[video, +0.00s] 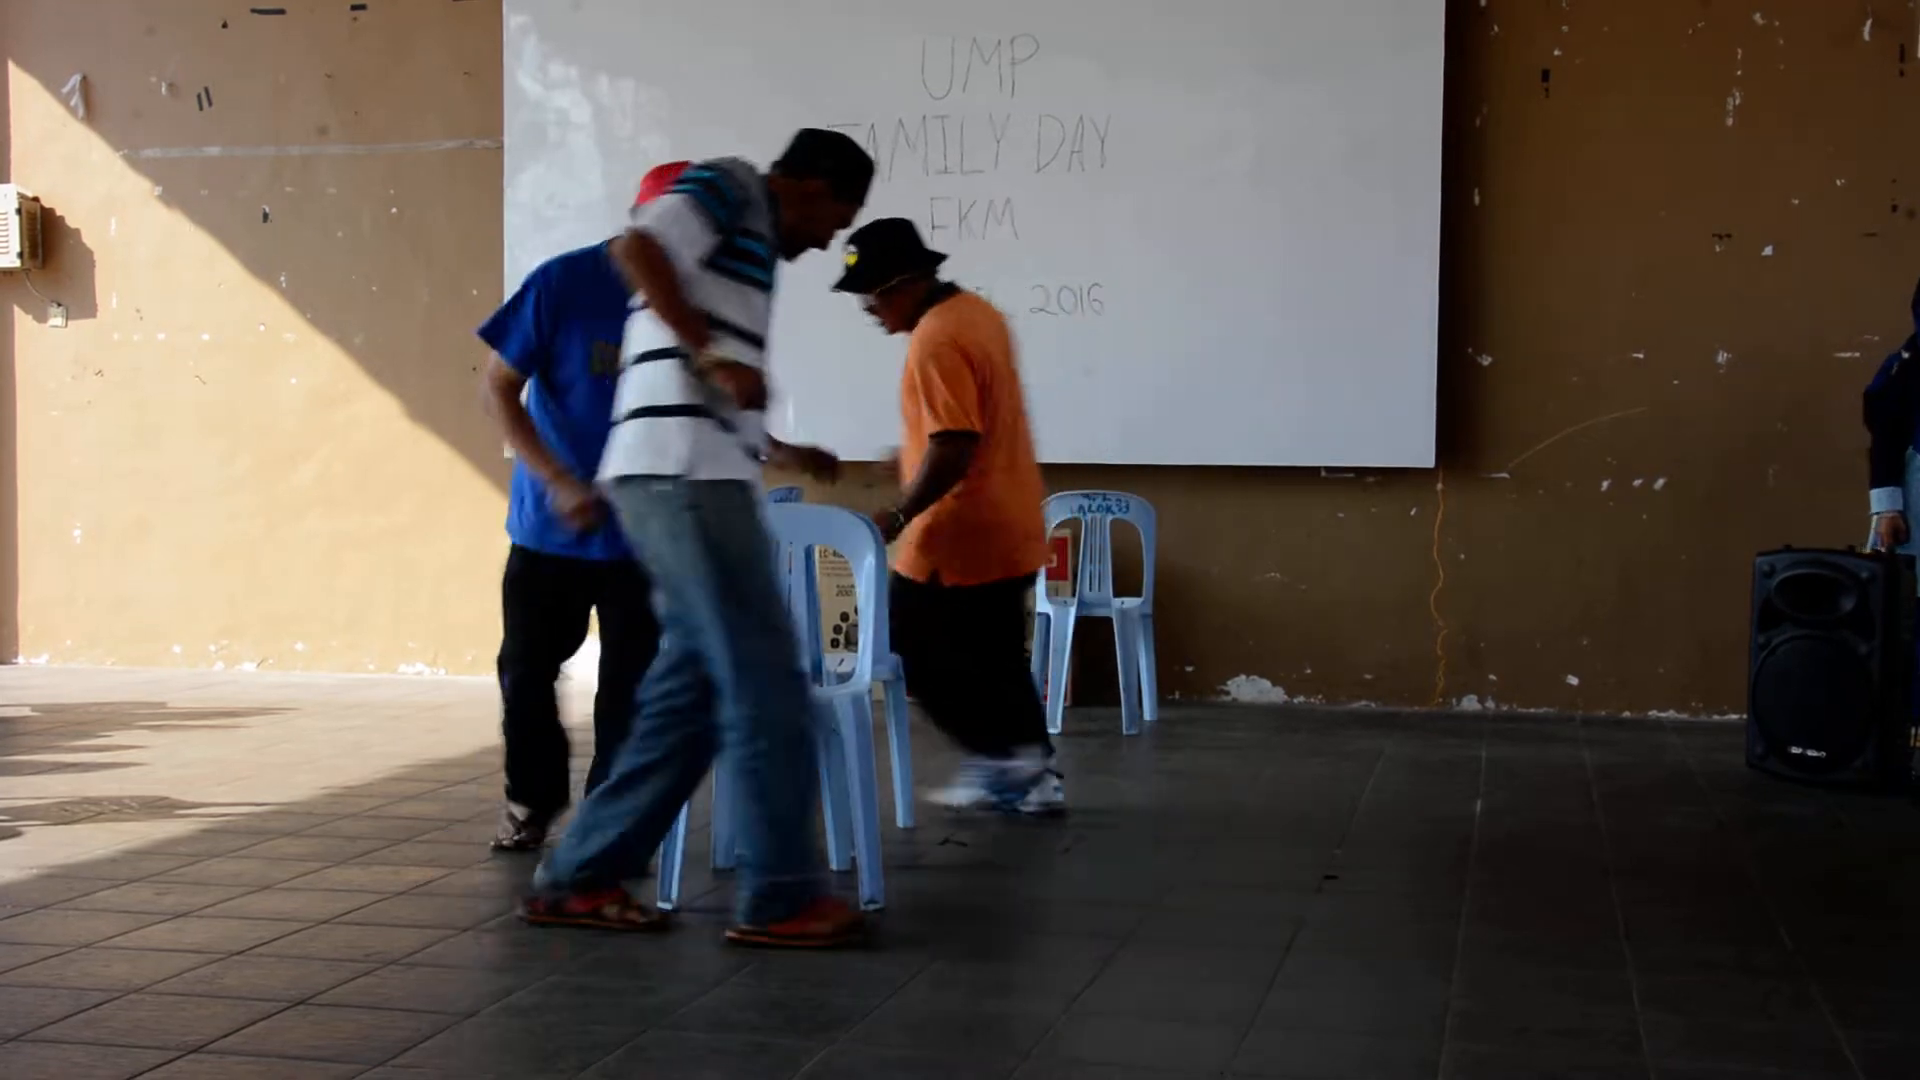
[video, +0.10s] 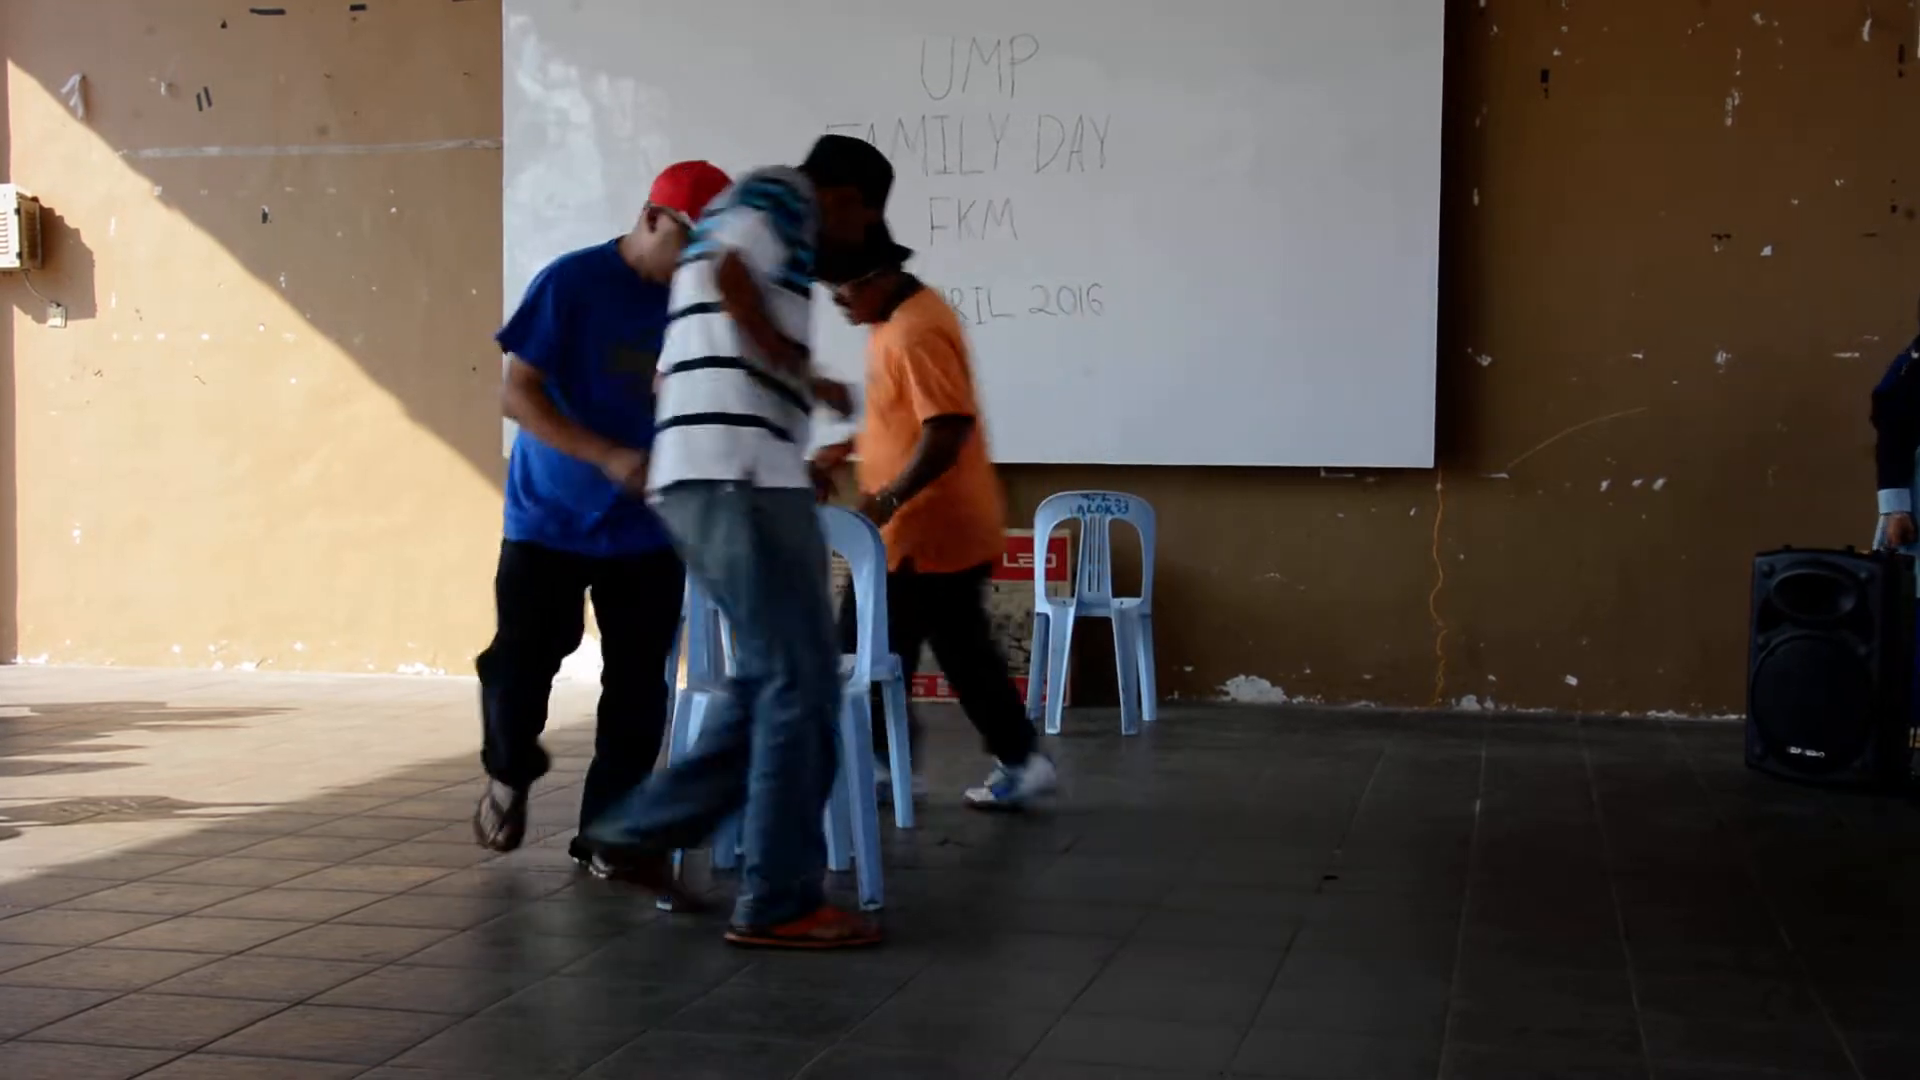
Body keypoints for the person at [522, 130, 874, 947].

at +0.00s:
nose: (829, 239)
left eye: (838, 227)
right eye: (834, 220)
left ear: (806, 189)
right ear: (808, 187)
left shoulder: (749, 244)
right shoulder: (727, 187)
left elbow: (701, 381)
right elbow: (635, 248)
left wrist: (780, 452)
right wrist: (708, 349)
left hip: (691, 476)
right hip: (679, 472)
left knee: (690, 682)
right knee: (765, 679)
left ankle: (575, 877)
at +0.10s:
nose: (861, 244)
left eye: (871, 231)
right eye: (868, 225)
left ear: (834, 195)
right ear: (844, 198)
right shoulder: (778, 197)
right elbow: (723, 269)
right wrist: (799, 372)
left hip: (705, 478)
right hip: (733, 476)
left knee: (775, 683)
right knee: (802, 682)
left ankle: (637, 837)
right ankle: (777, 902)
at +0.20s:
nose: (886, 240)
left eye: (891, 228)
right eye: (890, 223)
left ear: (832, 178)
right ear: (876, 197)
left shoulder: (744, 229)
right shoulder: (837, 195)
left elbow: (672, 361)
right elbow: (826, 283)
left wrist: (737, 428)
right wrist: (903, 374)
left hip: (727, 481)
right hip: (779, 476)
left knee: (835, 676)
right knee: (845, 678)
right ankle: (781, 898)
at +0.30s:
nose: (909, 233)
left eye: (907, 222)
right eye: (910, 218)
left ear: (851, 187)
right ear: (897, 199)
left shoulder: (756, 245)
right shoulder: (874, 198)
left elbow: (691, 365)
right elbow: (911, 288)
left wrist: (765, 415)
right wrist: (955, 363)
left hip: (752, 478)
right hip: (819, 465)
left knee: (860, 682)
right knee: (898, 684)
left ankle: (861, 881)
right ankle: (813, 879)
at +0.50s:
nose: (949, 248)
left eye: (946, 241)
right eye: (944, 236)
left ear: (872, 213)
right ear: (926, 218)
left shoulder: (794, 267)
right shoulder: (919, 226)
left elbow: (734, 396)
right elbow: (1012, 342)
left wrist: (807, 445)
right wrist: (1017, 387)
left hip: (805, 501)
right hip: (876, 487)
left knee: (940, 667)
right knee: (978, 680)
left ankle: (911, 846)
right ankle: (927, 893)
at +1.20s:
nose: (845, 298)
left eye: (845, 288)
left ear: (861, 270)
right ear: (925, 252)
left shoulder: (851, 297)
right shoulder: (982, 268)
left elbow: (817, 387)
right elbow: (1075, 373)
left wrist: (797, 488)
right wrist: (1011, 416)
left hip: (905, 510)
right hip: (999, 491)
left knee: (939, 675)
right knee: (1019, 673)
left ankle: (959, 848)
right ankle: (950, 798)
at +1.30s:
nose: (844, 287)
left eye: (845, 276)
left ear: (863, 259)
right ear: (918, 243)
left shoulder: (861, 283)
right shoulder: (994, 261)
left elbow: (846, 376)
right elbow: (1070, 373)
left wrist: (821, 470)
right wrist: (1019, 426)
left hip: (928, 499)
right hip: (1024, 487)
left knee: (946, 667)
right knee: (1032, 658)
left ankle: (963, 840)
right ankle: (1029, 817)